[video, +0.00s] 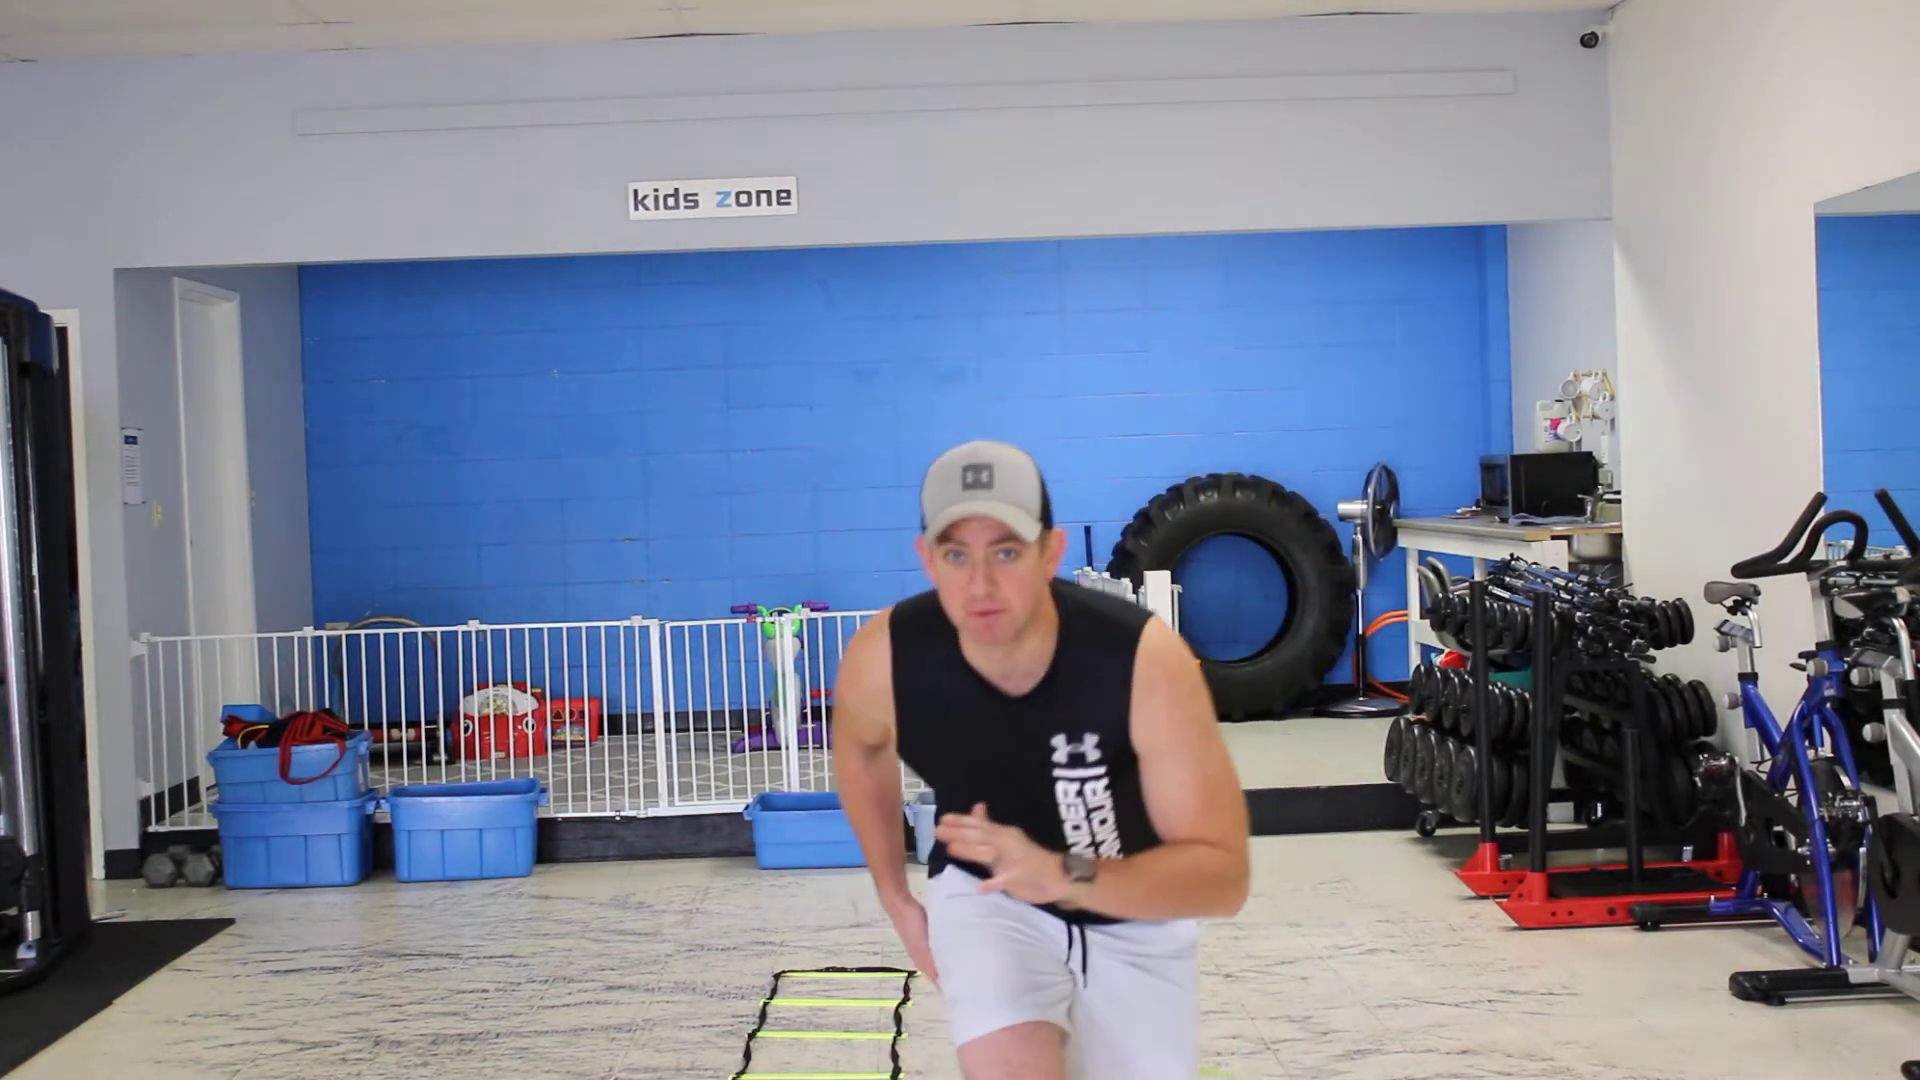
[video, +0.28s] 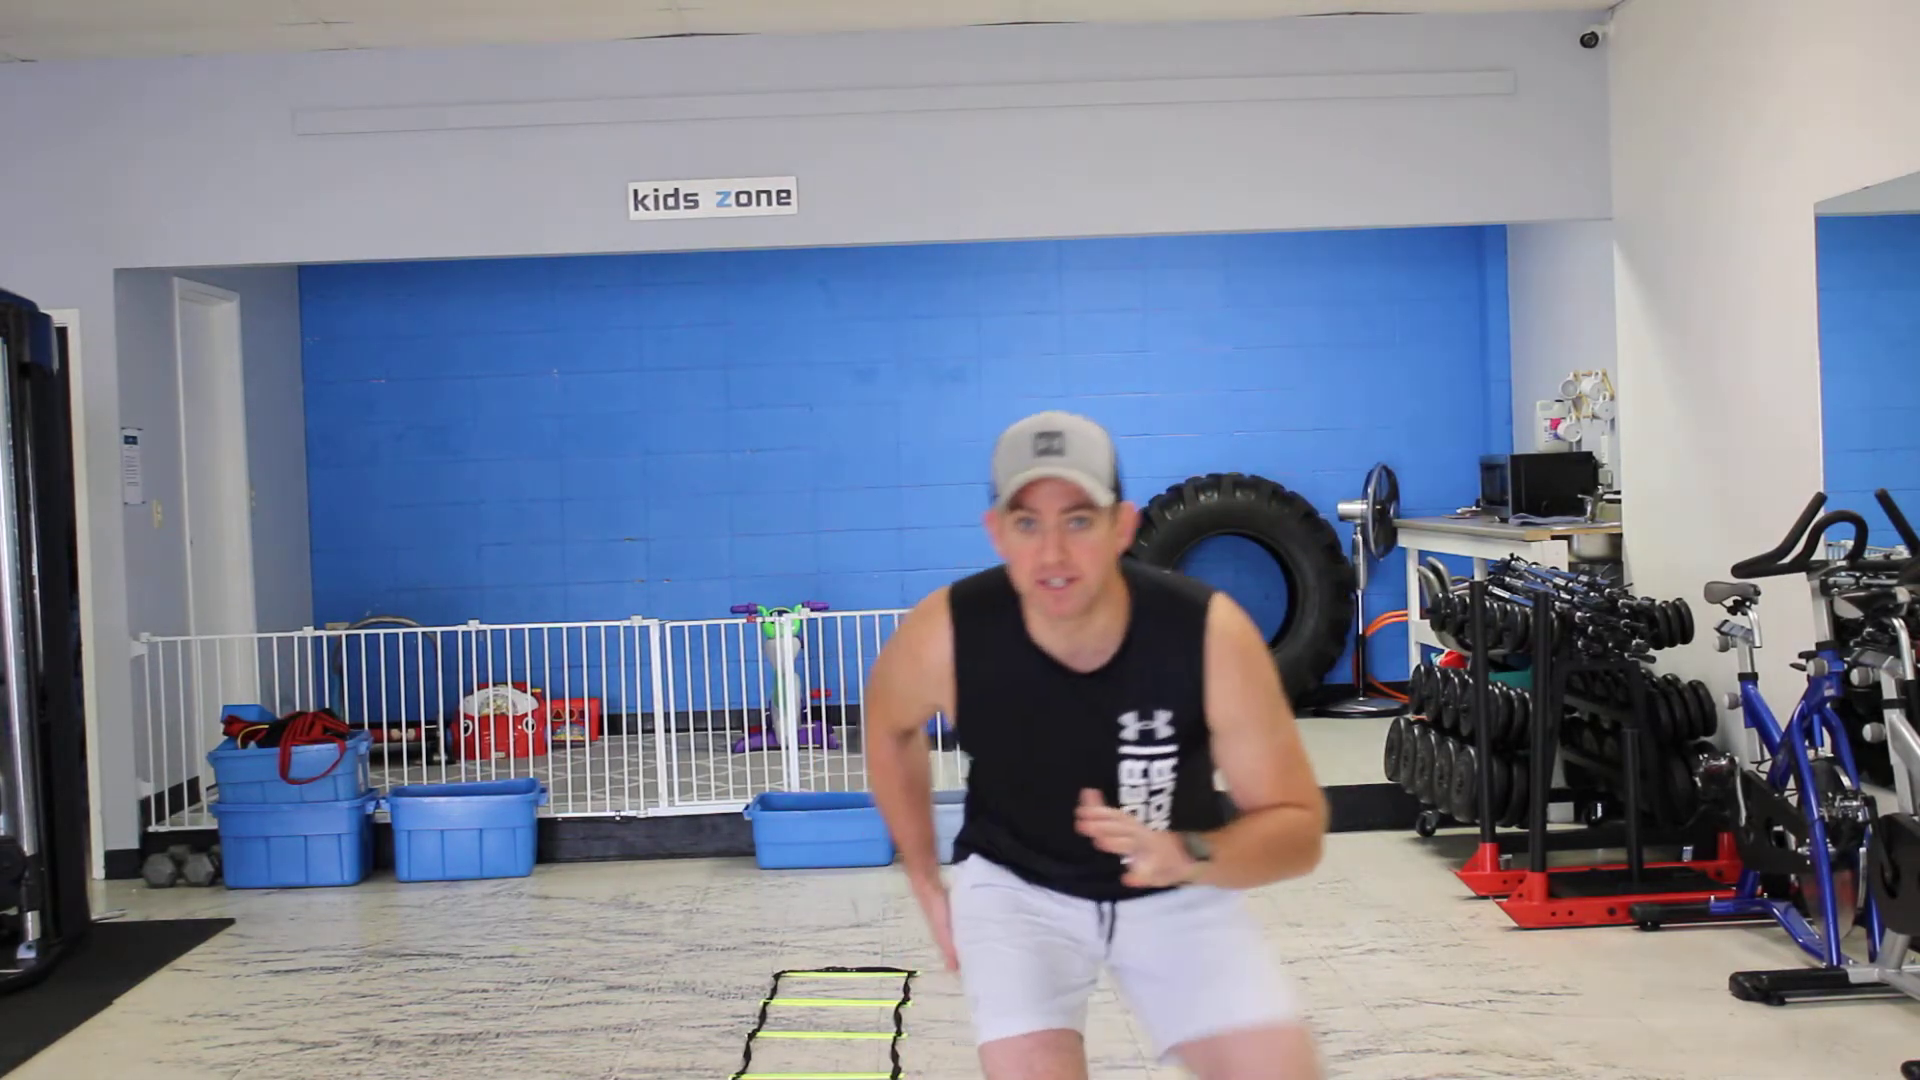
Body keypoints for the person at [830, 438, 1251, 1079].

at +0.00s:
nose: (981, 583)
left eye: (1007, 553)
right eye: (957, 555)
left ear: (1052, 553)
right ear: (928, 560)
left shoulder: (1144, 655)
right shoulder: (883, 661)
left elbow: (1221, 873)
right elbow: (863, 751)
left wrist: (1069, 877)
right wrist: (898, 898)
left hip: (1143, 917)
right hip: (987, 901)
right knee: (1014, 1066)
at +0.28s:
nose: (1052, 552)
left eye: (1078, 521)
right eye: (1027, 524)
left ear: (1123, 527)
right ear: (997, 533)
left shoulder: (1209, 632)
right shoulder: (948, 633)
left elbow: (1299, 826)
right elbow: (891, 727)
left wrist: (1192, 855)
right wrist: (926, 882)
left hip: (1180, 901)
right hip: (1015, 893)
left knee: (1280, 1065)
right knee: (1032, 1066)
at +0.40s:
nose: (1108, 517)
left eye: (1134, 489)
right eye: (1083, 491)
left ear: (1178, 497)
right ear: (1051, 500)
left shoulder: (1258, 605)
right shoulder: (991, 602)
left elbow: (1345, 787)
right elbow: (922, 688)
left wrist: (1260, 826)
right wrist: (960, 839)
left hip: (1215, 865)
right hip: (1049, 874)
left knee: (1385, 1049)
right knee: (1047, 1066)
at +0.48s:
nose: (1153, 479)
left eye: (1178, 449)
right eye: (1126, 451)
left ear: (1221, 459)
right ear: (1094, 463)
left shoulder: (1297, 567)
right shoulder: (1034, 570)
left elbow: (1388, 741)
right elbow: (947, 643)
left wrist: (1316, 788)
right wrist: (999, 785)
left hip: (1258, 843)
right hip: (1085, 857)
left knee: (1449, 1037)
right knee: (1071, 1067)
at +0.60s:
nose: (1236, 414)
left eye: (1261, 384)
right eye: (1207, 387)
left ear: (1306, 394)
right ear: (1176, 404)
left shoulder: (1391, 513)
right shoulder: (1121, 514)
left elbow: (1478, 683)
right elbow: (1021, 574)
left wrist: (1416, 726)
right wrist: (1090, 721)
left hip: (1350, 817)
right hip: (1161, 828)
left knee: (1521, 1042)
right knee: (1116, 1069)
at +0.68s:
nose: (1304, 385)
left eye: (1329, 355)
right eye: (1277, 358)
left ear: (1376, 364)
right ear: (1243, 373)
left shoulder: (1472, 489)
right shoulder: (1186, 497)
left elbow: (1554, 663)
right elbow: (1091, 566)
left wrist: (1491, 698)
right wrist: (1169, 711)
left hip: (1426, 814)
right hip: (1234, 822)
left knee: (1577, 1055)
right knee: (1155, 1066)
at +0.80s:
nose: (1409, 397)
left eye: (1434, 366)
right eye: (1380, 370)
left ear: (1479, 376)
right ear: (1344, 387)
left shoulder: (1574, 502)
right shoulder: (1285, 520)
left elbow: (1678, 701)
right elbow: (1198, 598)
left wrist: (1608, 700)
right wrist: (1273, 744)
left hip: (1524, 840)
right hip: (1329, 850)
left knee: (1691, 1062)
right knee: (1218, 1070)